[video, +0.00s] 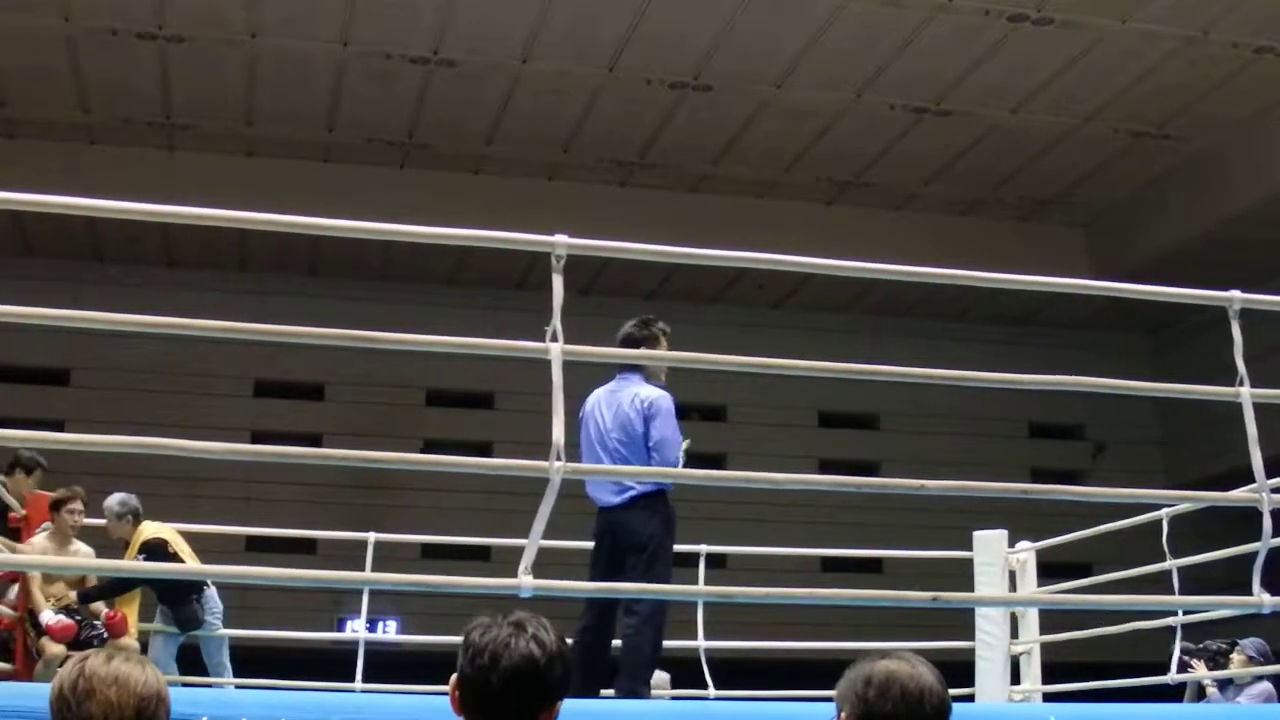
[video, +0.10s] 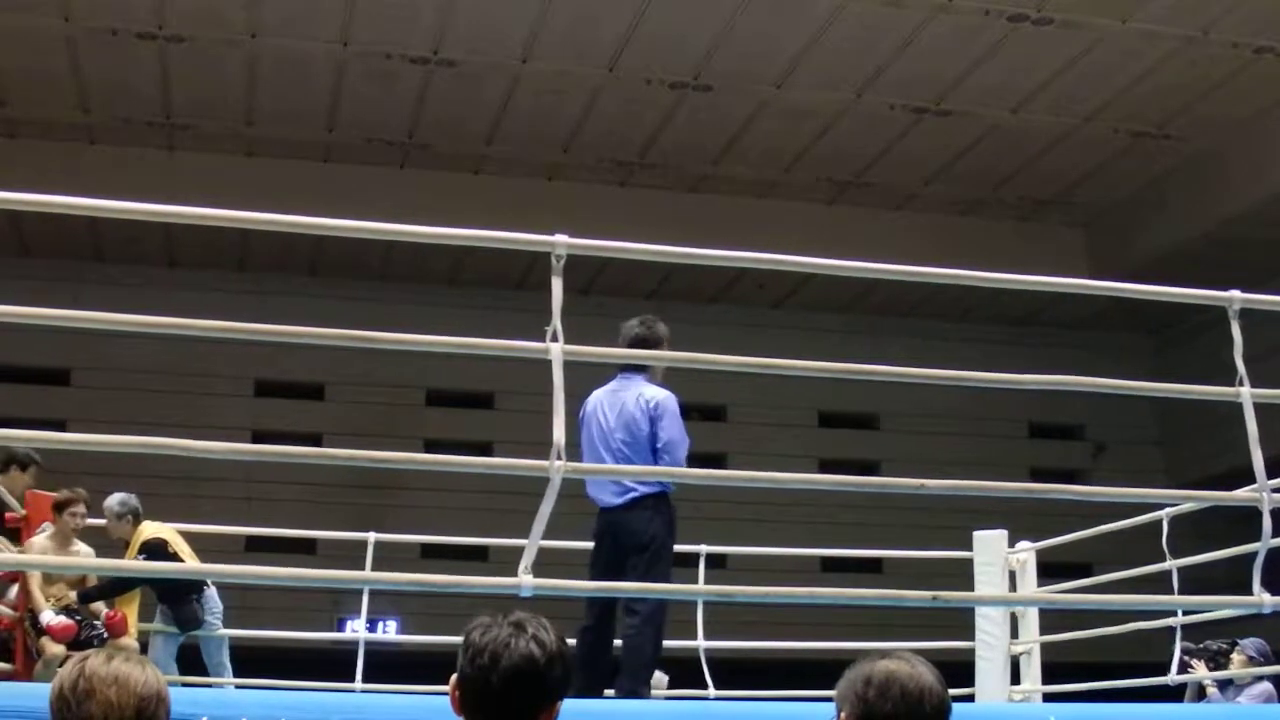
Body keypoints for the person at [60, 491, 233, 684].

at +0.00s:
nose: (106, 525)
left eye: (109, 519)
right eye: (106, 519)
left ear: (127, 520)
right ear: (128, 520)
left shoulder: (154, 542)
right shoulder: (138, 539)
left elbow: (125, 583)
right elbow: (125, 582)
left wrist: (79, 597)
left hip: (202, 600)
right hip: (171, 603)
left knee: (217, 665)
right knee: (160, 660)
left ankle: (230, 712)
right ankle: (175, 708)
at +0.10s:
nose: (106, 525)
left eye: (109, 520)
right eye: (106, 520)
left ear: (128, 520)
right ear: (129, 519)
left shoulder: (154, 543)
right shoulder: (140, 538)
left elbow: (124, 583)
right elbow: (127, 584)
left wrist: (79, 597)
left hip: (202, 600)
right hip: (171, 603)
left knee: (217, 664)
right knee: (160, 660)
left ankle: (230, 712)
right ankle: (173, 709)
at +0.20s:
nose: (107, 524)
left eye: (110, 519)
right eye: (107, 519)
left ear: (129, 520)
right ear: (129, 519)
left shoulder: (154, 542)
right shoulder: (138, 540)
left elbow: (125, 583)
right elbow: (125, 584)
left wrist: (79, 597)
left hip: (201, 600)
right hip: (170, 603)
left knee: (217, 664)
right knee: (160, 660)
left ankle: (230, 712)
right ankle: (174, 709)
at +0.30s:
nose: (109, 524)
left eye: (112, 518)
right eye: (109, 519)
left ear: (132, 519)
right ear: (131, 518)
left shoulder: (156, 541)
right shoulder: (139, 538)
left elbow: (125, 583)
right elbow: (125, 581)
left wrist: (78, 597)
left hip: (201, 601)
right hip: (170, 604)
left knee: (218, 666)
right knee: (159, 661)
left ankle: (231, 714)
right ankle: (174, 709)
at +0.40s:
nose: (112, 522)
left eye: (115, 516)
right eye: (111, 516)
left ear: (134, 516)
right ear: (133, 516)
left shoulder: (159, 539)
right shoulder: (140, 539)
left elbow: (127, 581)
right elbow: (126, 583)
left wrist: (81, 597)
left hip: (201, 600)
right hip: (170, 604)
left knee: (218, 666)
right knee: (159, 660)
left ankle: (231, 712)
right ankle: (177, 708)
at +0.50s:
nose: (116, 522)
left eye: (119, 516)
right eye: (115, 517)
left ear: (138, 514)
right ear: (134, 515)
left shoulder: (162, 537)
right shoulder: (137, 539)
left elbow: (132, 581)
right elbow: (130, 583)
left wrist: (85, 597)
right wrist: (127, 628)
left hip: (201, 600)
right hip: (170, 604)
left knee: (218, 666)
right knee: (158, 660)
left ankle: (230, 711)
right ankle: (176, 709)